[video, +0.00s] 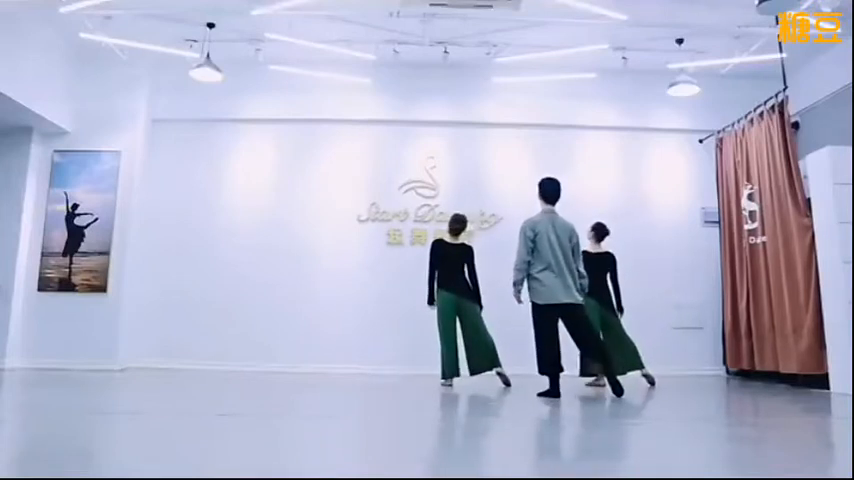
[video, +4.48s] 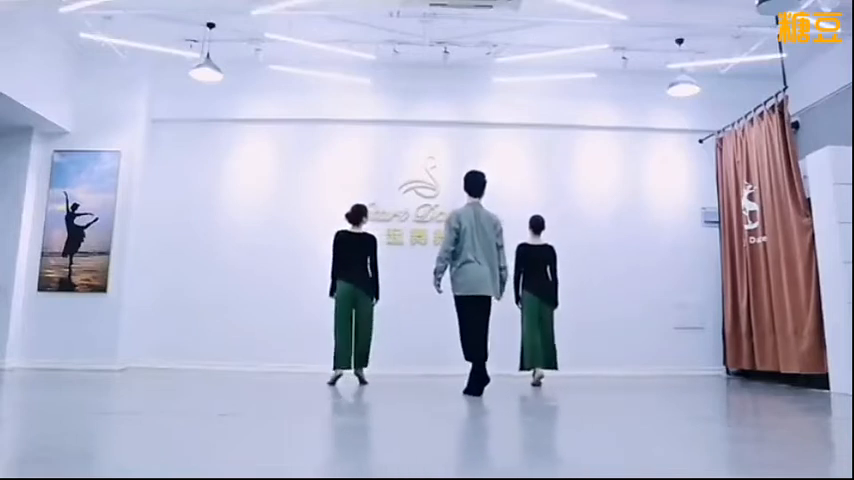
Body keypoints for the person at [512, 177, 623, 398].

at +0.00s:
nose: (540, 196)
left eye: (540, 192)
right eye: (550, 193)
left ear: (539, 195)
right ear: (558, 196)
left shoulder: (530, 226)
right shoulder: (568, 227)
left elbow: (523, 260)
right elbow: (578, 264)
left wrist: (517, 285)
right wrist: (581, 289)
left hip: (542, 296)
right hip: (568, 295)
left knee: (548, 343)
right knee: (589, 338)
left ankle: (554, 388)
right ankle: (611, 376)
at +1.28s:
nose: (529, 213)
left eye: (529, 209)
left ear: (529, 212)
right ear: (548, 212)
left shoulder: (524, 239)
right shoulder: (561, 239)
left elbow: (510, 268)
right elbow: (579, 273)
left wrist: (494, 291)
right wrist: (583, 298)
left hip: (538, 302)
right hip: (564, 301)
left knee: (539, 344)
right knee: (561, 335)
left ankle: (551, 387)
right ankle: (580, 373)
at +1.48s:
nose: (526, 228)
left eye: (525, 225)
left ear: (525, 226)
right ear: (543, 226)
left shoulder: (522, 250)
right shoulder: (558, 251)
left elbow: (510, 279)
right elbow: (576, 280)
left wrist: (493, 303)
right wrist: (583, 305)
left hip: (539, 305)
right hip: (564, 303)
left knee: (535, 349)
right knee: (551, 335)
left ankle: (551, 386)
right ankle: (559, 370)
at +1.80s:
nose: (517, 234)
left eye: (518, 231)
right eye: (518, 232)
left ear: (521, 231)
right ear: (537, 230)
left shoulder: (519, 248)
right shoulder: (552, 248)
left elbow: (511, 280)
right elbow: (565, 280)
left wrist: (503, 306)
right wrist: (569, 311)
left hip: (534, 303)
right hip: (559, 303)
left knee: (531, 344)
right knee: (529, 341)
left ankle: (551, 385)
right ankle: (525, 368)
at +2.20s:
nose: (513, 203)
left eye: (513, 200)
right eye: (516, 199)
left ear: (514, 200)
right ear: (532, 200)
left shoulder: (510, 222)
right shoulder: (544, 226)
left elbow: (503, 253)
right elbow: (552, 262)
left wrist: (497, 278)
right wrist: (553, 290)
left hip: (519, 287)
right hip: (542, 288)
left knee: (526, 335)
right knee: (530, 335)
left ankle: (546, 376)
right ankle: (517, 380)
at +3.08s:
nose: (498, 191)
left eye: (496, 187)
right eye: (506, 187)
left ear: (495, 190)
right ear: (514, 191)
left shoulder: (488, 218)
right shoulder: (524, 222)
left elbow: (478, 250)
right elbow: (530, 257)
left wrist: (469, 273)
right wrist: (530, 285)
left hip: (494, 282)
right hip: (518, 282)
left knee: (500, 329)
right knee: (513, 331)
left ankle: (513, 371)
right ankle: (507, 382)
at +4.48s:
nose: (474, 191)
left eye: (468, 186)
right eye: (479, 186)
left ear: (464, 188)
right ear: (484, 189)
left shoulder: (456, 217)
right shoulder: (493, 220)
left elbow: (447, 249)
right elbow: (501, 256)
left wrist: (438, 272)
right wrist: (501, 284)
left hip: (462, 283)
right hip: (486, 283)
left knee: (468, 329)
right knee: (481, 330)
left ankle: (480, 371)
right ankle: (474, 381)